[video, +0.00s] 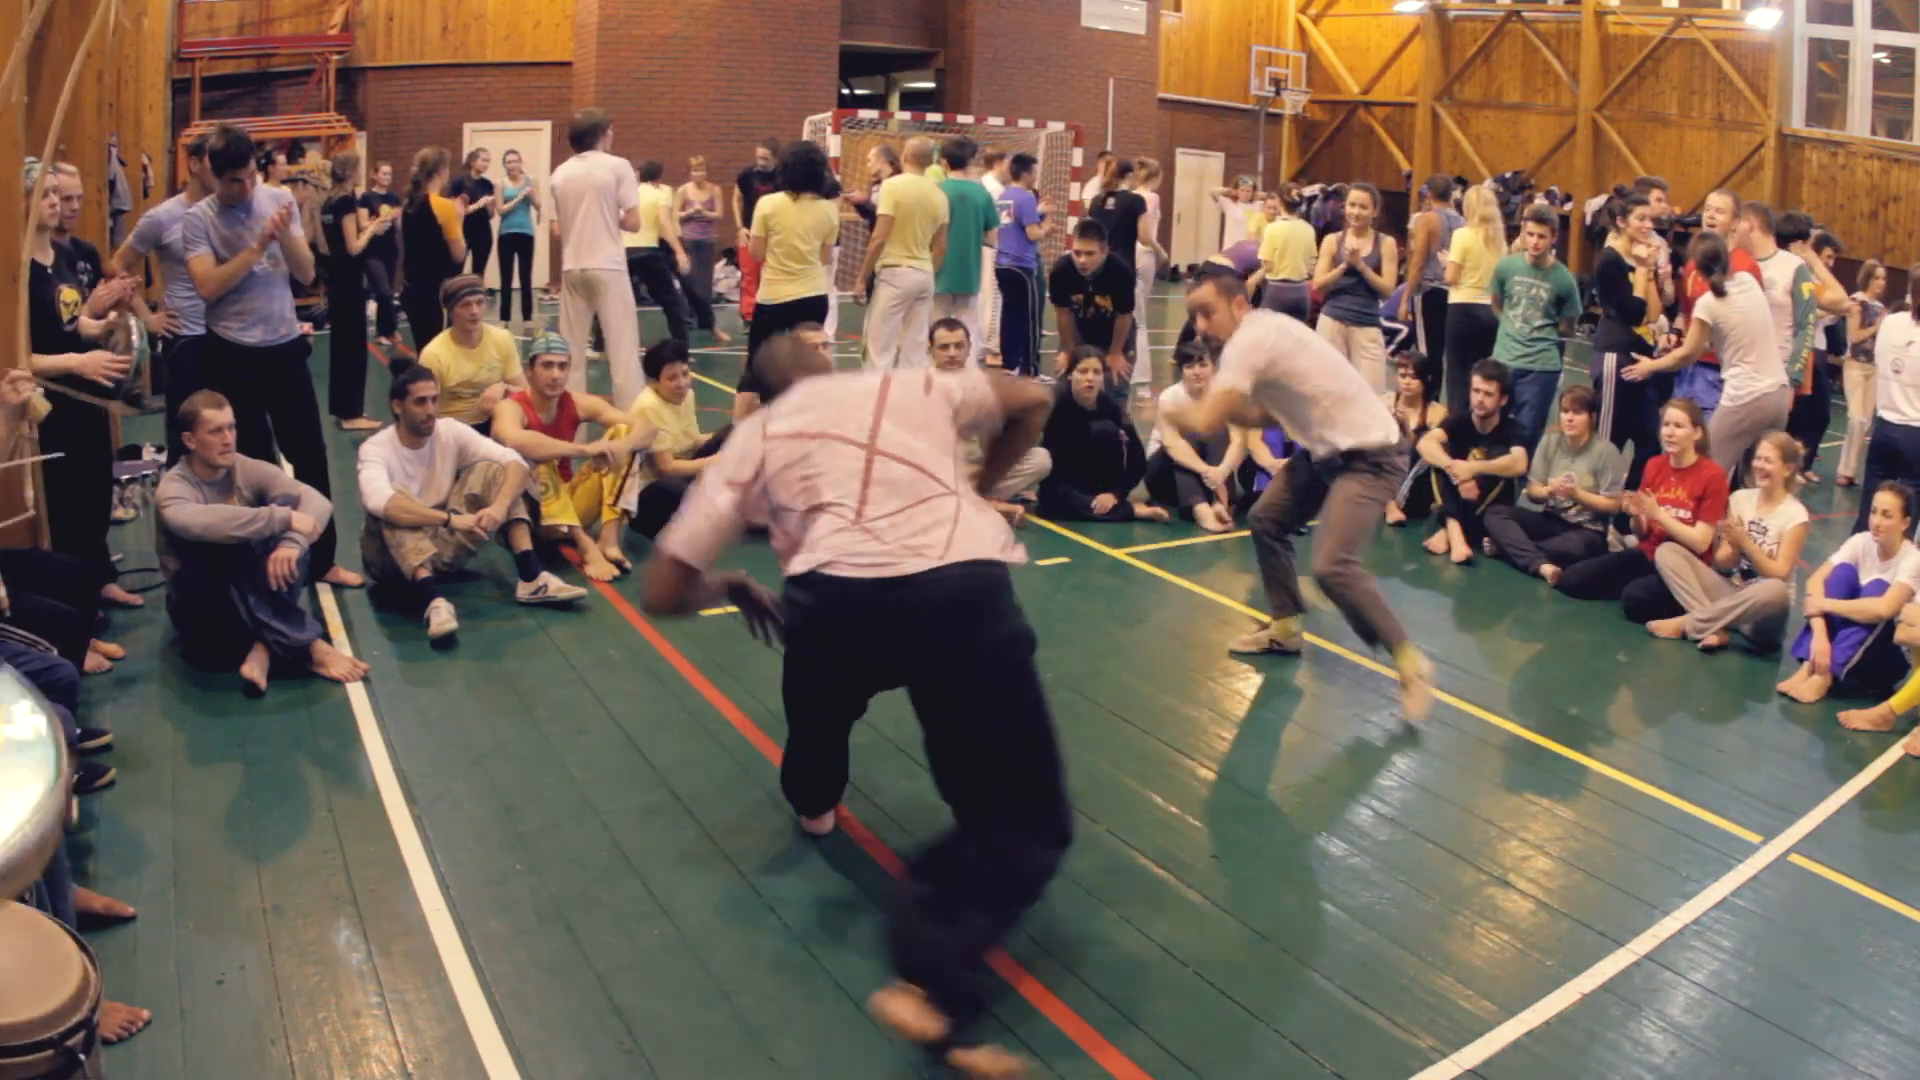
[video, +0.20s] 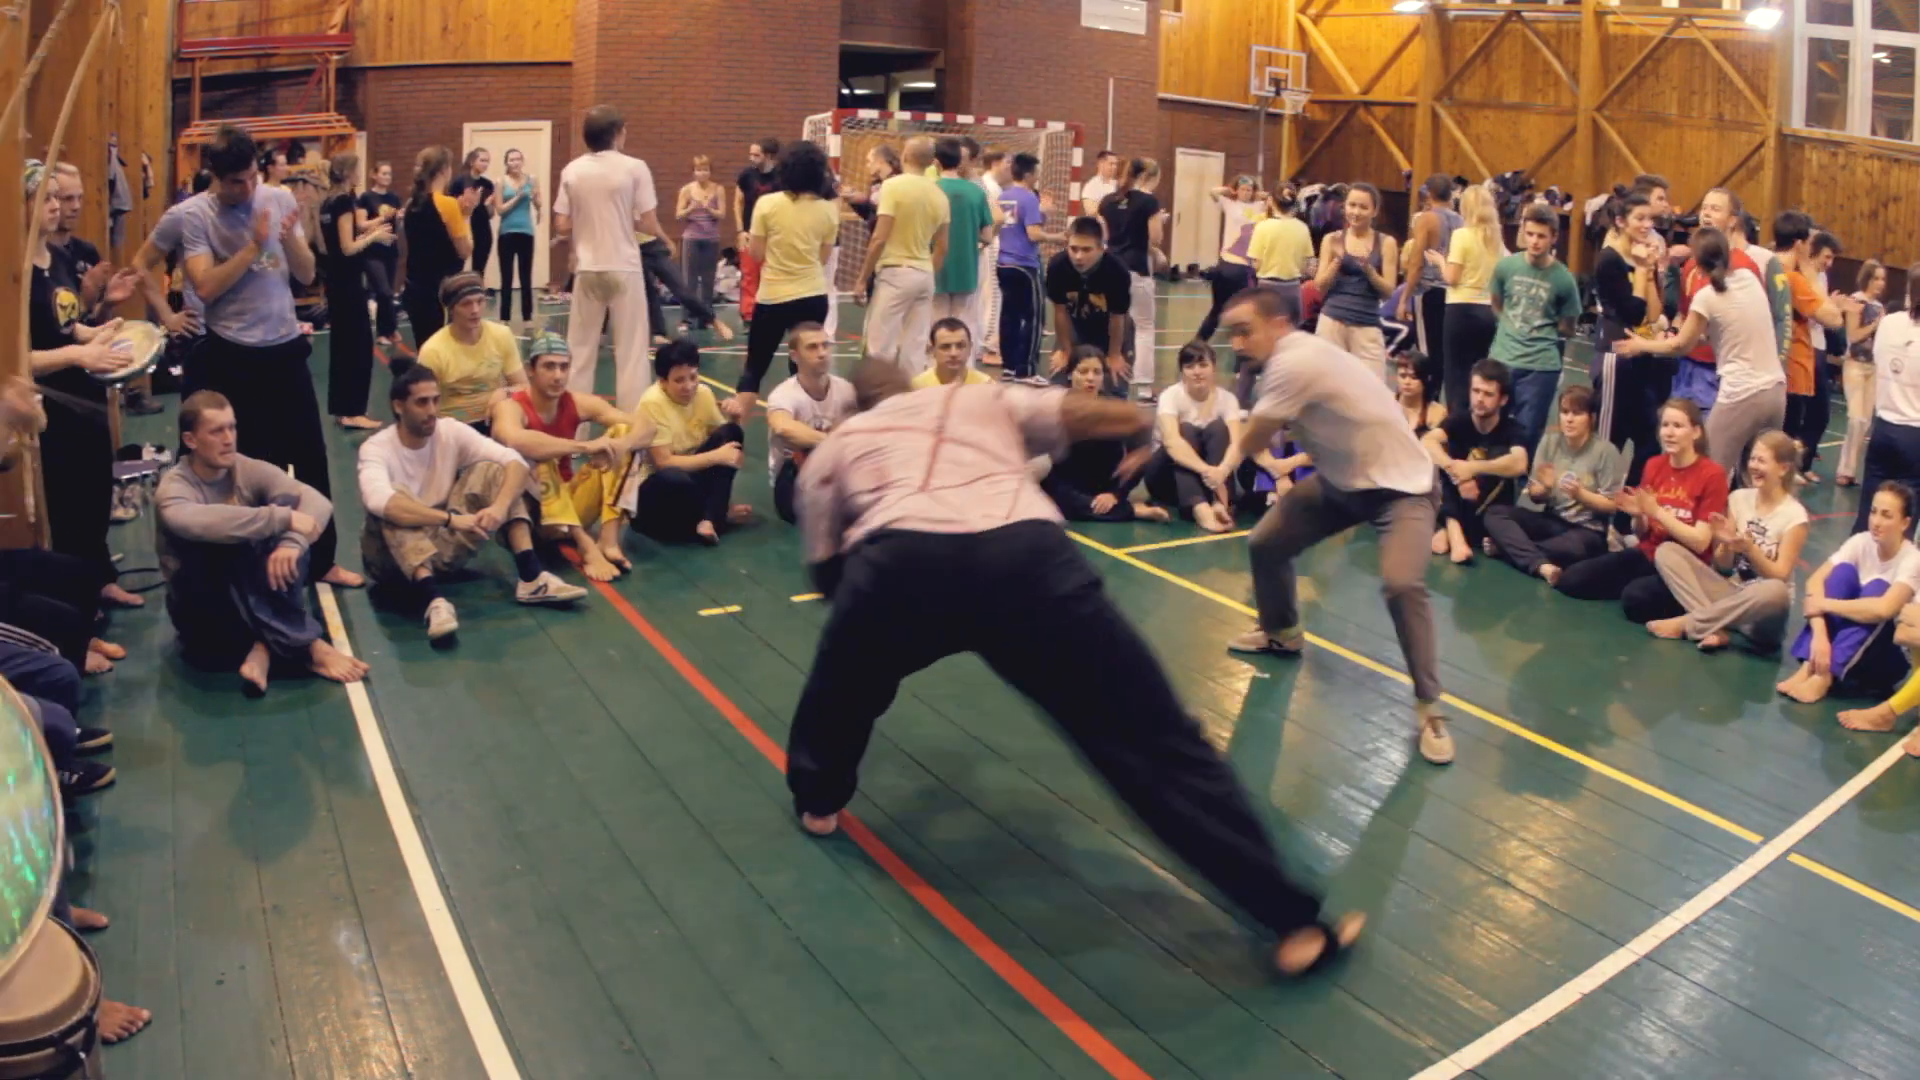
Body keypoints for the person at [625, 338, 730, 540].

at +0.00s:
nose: (681, 383)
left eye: (684, 374)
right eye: (672, 378)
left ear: (689, 373)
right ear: (654, 382)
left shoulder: (687, 395)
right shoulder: (647, 407)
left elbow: (693, 442)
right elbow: (665, 467)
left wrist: (724, 438)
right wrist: (716, 462)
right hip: (651, 485)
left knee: (732, 434)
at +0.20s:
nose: (688, 386)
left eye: (693, 378)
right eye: (679, 380)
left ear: (698, 374)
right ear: (662, 382)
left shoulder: (703, 393)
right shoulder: (651, 404)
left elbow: (720, 436)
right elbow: (662, 461)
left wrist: (733, 419)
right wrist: (716, 457)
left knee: (730, 433)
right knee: (673, 478)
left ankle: (709, 518)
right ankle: (721, 512)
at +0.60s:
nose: (689, 379)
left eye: (693, 371)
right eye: (680, 372)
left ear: (698, 372)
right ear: (660, 376)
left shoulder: (702, 393)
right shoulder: (648, 407)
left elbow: (712, 442)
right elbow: (666, 466)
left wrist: (727, 423)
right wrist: (720, 464)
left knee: (740, 440)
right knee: (663, 475)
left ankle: (706, 520)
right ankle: (718, 515)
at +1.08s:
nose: (673, 379)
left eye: (676, 371)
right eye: (664, 372)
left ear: (679, 370)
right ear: (643, 376)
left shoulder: (676, 393)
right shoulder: (632, 409)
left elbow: (695, 441)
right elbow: (659, 468)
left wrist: (713, 421)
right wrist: (715, 480)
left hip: (678, 474)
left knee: (733, 438)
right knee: (665, 481)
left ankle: (707, 517)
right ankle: (722, 515)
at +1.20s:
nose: (669, 378)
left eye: (672, 370)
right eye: (660, 372)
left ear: (676, 367)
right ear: (639, 376)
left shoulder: (676, 389)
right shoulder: (629, 411)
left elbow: (690, 423)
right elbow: (656, 465)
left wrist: (716, 424)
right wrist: (705, 478)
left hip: (682, 461)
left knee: (735, 438)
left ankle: (703, 520)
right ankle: (723, 517)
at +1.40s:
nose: (669, 376)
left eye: (672, 368)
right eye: (660, 371)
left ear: (676, 365)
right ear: (640, 375)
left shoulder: (687, 394)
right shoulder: (629, 410)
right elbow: (651, 466)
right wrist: (691, 475)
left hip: (690, 472)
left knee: (738, 439)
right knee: (664, 477)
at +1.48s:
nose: (671, 375)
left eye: (674, 367)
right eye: (662, 370)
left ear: (678, 367)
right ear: (642, 376)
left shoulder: (688, 398)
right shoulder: (629, 411)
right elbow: (650, 470)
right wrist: (700, 471)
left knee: (735, 441)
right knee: (663, 476)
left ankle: (705, 521)